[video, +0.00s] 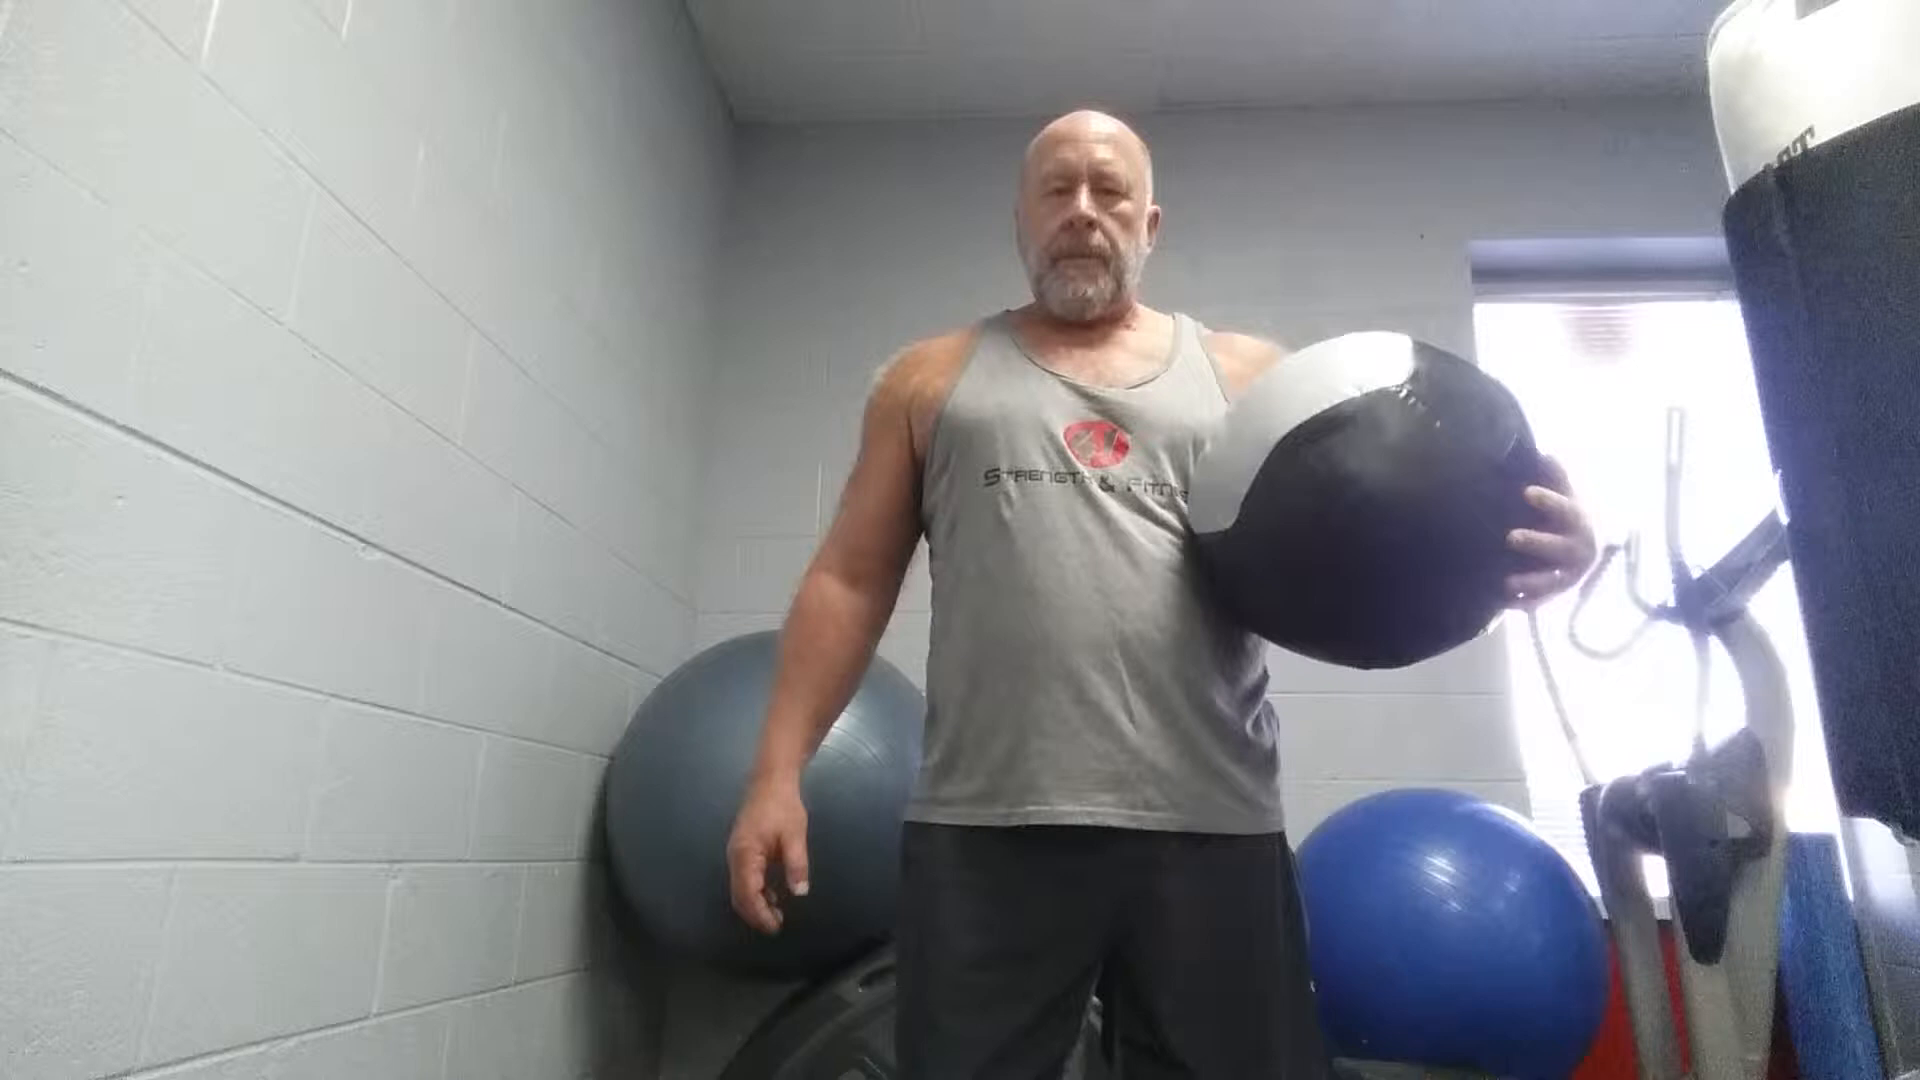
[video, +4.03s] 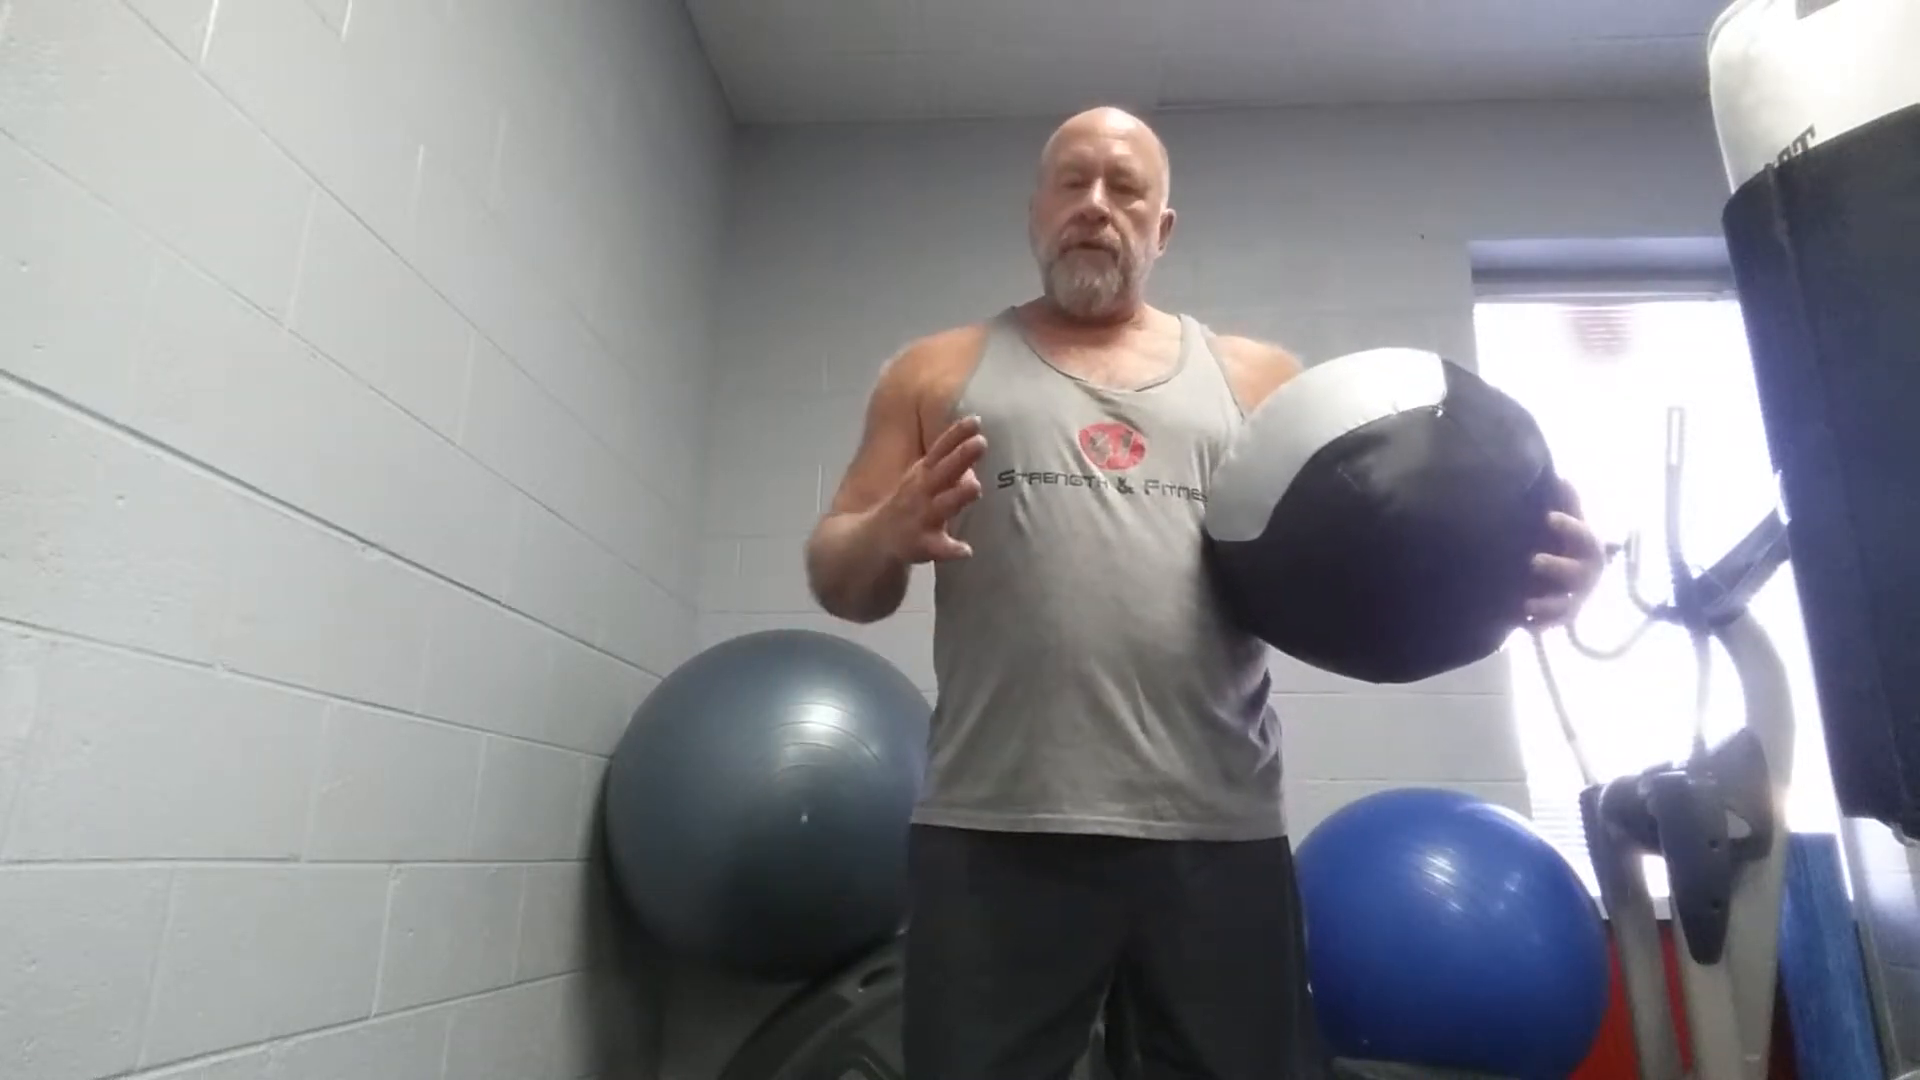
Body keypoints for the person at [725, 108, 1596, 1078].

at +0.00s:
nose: (1080, 209)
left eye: (1108, 190)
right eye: (1055, 189)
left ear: (1152, 222)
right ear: (1021, 222)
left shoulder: (1245, 371)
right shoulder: (930, 379)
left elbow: (1395, 514)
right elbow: (849, 581)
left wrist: (1547, 545)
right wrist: (776, 774)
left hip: (1210, 835)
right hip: (984, 834)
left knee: (1247, 1067)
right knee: (962, 1066)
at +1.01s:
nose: (1096, 220)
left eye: (1123, 202)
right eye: (1071, 200)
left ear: (1163, 236)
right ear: (1033, 230)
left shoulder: (1253, 387)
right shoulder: (942, 385)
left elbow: (1398, 531)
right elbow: (863, 582)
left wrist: (1540, 568)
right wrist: (803, 775)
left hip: (1222, 840)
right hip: (997, 839)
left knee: (1245, 1069)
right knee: (980, 1069)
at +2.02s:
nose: (1083, 204)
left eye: (1110, 186)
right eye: (1057, 187)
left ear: (1158, 224)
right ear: (1026, 226)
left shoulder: (1253, 385)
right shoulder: (940, 380)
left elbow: (1397, 533)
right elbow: (861, 576)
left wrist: (1539, 568)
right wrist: (799, 767)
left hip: (1222, 845)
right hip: (995, 841)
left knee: (1246, 1069)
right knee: (976, 1068)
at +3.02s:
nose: (1080, 212)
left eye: (1107, 190)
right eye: (1054, 190)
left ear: (1152, 215)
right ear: (1018, 215)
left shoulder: (1257, 375)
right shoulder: (936, 384)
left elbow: (1402, 533)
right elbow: (865, 583)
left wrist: (1543, 566)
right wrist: (808, 780)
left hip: (1223, 849)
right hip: (993, 848)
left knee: (1252, 1067)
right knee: (976, 1066)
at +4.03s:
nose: (1096, 203)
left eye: (1126, 186)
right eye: (1072, 180)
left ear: (1163, 224)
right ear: (1033, 210)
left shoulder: (1253, 374)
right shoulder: (936, 373)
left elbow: (1391, 533)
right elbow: (843, 587)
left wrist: (1538, 566)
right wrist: (880, 536)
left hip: (1217, 838)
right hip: (992, 838)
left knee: (1246, 1076)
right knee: (971, 1075)